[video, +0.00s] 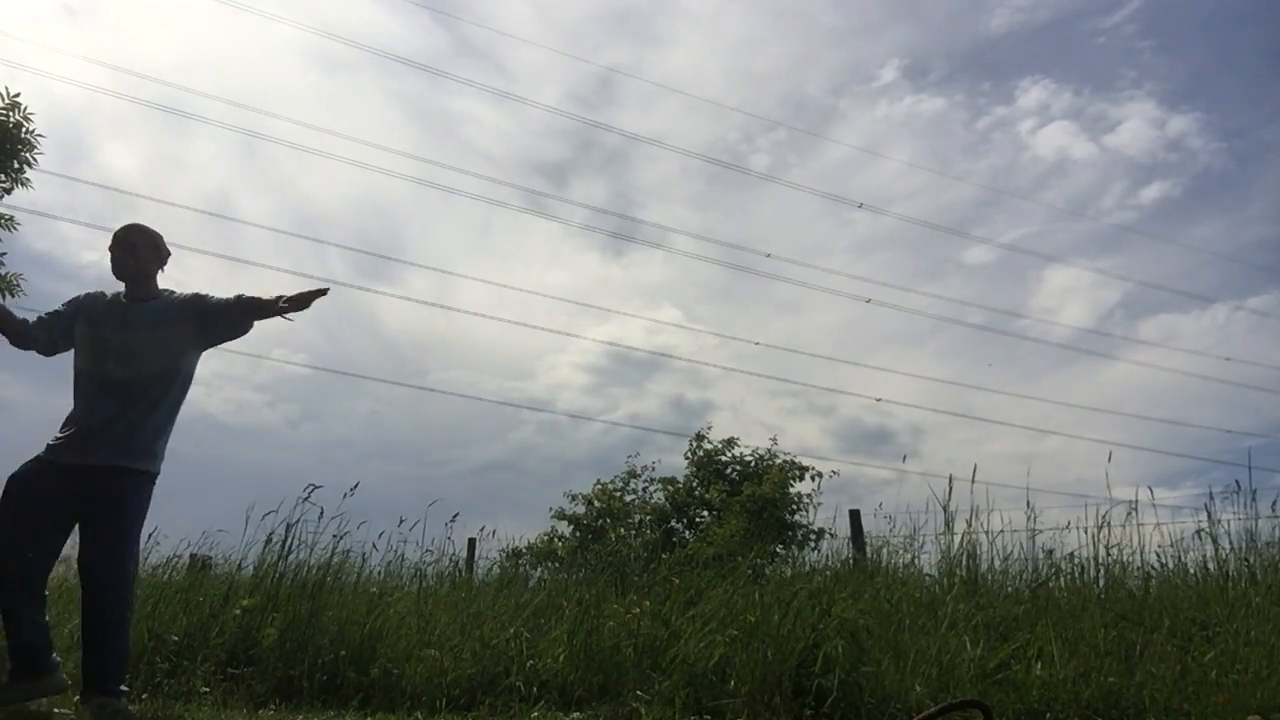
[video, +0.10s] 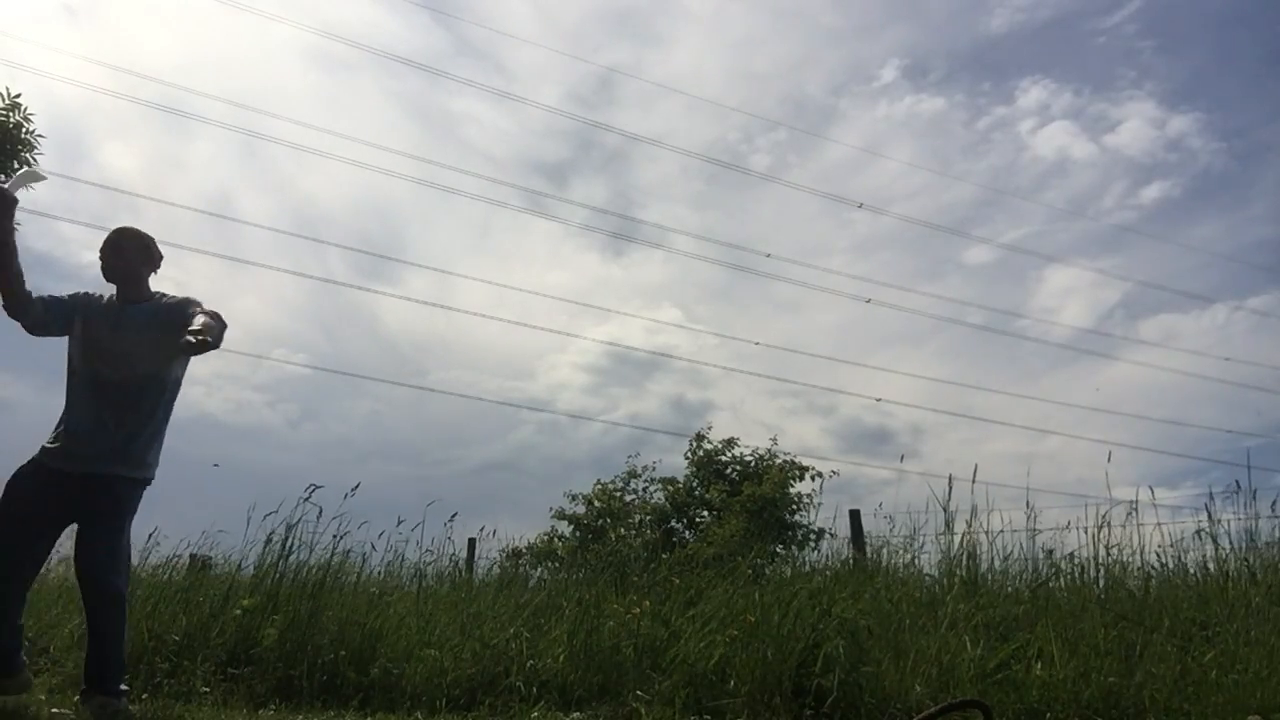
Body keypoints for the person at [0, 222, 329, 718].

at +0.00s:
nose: (123, 257)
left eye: (135, 249)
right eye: (117, 249)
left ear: (159, 259)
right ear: (109, 259)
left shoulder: (184, 312)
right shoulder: (89, 309)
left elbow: (235, 308)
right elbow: (34, 335)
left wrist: (279, 305)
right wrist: (2, 312)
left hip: (129, 466)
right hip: (68, 456)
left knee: (108, 578)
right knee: (13, 539)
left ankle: (104, 693)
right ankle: (33, 668)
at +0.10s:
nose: (113, 261)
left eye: (124, 251)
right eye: (107, 254)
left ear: (151, 261)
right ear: (102, 266)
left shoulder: (171, 310)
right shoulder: (86, 309)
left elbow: (210, 318)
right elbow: (23, 306)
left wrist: (206, 331)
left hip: (123, 473)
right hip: (61, 461)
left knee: (104, 582)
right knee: (7, 556)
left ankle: (106, 692)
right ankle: (8, 669)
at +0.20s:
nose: (93, 265)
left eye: (103, 258)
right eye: (92, 260)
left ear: (133, 270)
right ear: (94, 274)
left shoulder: (161, 318)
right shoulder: (83, 317)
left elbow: (131, 363)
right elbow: (30, 301)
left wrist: (66, 372)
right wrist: (62, 227)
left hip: (114, 470)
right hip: (56, 461)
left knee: (86, 564)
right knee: (10, 554)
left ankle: (105, 690)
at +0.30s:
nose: (87, 288)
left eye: (96, 280)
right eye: (84, 281)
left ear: (120, 286)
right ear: (84, 289)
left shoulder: (138, 330)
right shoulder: (77, 330)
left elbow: (78, 368)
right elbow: (33, 332)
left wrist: (19, 387)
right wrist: (71, 288)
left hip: (92, 477)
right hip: (45, 472)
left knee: (69, 576)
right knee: (5, 566)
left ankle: (104, 693)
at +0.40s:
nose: (63, 298)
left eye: (71, 290)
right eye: (63, 290)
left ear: (97, 295)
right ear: (69, 297)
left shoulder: (110, 339)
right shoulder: (71, 342)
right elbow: (14, 353)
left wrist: (42, 351)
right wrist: (37, 319)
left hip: (69, 485)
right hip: (32, 482)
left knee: (52, 586)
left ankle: (96, 693)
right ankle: (91, 690)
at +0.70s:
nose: (5, 317)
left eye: (12, 308)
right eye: (6, 309)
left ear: (36, 309)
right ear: (38, 311)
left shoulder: (59, 346)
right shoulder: (37, 354)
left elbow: (26, 411)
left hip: (64, 494)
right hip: (38, 497)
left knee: (83, 591)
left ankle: (122, 688)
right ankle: (118, 686)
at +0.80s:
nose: (11, 324)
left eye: (16, 314)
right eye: (13, 315)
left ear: (35, 313)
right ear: (52, 315)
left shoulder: (56, 348)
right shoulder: (65, 355)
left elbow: (20, 404)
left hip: (54, 497)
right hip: (54, 499)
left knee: (79, 594)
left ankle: (121, 690)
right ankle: (119, 689)